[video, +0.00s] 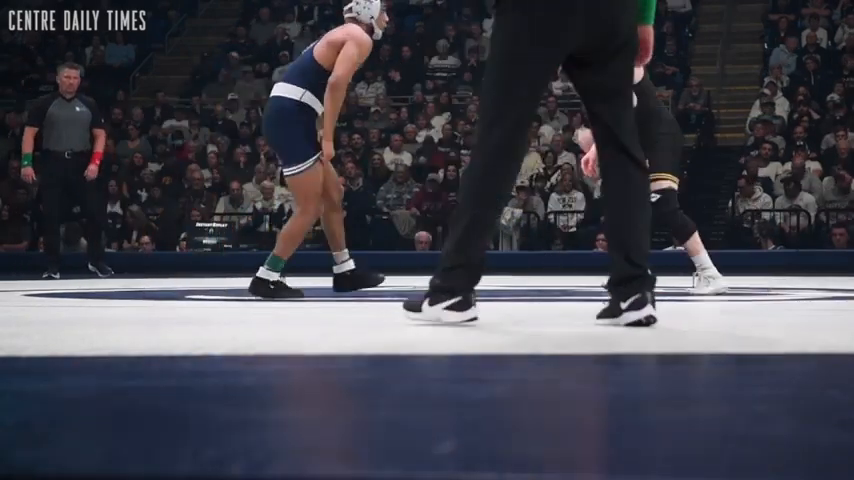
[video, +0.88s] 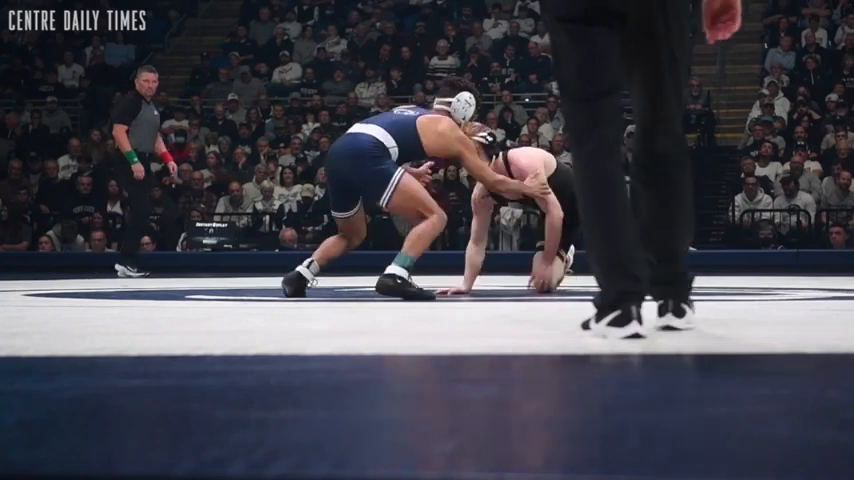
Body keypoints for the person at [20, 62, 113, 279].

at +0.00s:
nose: (71, 82)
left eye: (75, 78)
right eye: (67, 78)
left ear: (80, 81)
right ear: (58, 79)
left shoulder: (89, 105)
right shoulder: (44, 104)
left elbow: (100, 135)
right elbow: (29, 132)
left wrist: (95, 162)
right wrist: (26, 163)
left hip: (82, 164)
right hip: (52, 164)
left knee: (94, 212)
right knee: (51, 214)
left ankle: (95, 260)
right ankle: (52, 265)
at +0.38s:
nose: (98, 84)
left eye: (101, 80)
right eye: (93, 80)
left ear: (104, 83)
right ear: (83, 81)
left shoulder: (108, 109)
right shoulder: (71, 104)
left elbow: (115, 136)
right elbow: (54, 131)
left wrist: (116, 162)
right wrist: (58, 162)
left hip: (101, 167)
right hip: (75, 166)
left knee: (115, 210)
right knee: (65, 213)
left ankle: (124, 263)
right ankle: (54, 265)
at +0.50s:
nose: (115, 86)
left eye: (118, 82)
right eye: (111, 82)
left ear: (122, 85)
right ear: (101, 83)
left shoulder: (122, 109)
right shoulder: (91, 104)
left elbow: (126, 138)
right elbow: (75, 132)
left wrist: (129, 163)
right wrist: (80, 162)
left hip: (115, 167)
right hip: (93, 166)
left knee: (125, 213)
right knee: (74, 214)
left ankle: (126, 264)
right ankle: (55, 264)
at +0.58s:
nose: (124, 86)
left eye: (128, 83)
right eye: (120, 82)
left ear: (132, 86)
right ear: (111, 84)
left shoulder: (130, 109)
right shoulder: (102, 103)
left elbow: (134, 137)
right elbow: (87, 132)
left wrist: (138, 163)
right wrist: (95, 162)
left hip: (125, 166)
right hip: (105, 164)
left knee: (132, 214)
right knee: (89, 214)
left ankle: (127, 263)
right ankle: (59, 261)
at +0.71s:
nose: (137, 86)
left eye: (140, 83)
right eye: (132, 82)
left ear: (144, 86)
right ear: (123, 83)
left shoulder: (140, 109)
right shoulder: (114, 103)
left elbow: (143, 138)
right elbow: (103, 133)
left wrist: (151, 162)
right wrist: (116, 161)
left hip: (134, 164)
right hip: (113, 163)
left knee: (135, 213)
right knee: (108, 211)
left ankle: (129, 264)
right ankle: (78, 253)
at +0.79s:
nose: (143, 85)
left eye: (147, 82)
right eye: (139, 81)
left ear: (150, 84)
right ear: (129, 83)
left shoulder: (145, 107)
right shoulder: (122, 101)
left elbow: (149, 137)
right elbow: (112, 132)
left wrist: (161, 162)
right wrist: (127, 161)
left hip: (139, 162)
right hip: (122, 161)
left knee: (138, 212)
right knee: (129, 209)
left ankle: (129, 263)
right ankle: (100, 254)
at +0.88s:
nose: (151, 86)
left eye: (154, 82)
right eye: (146, 81)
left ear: (157, 85)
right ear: (137, 82)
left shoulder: (152, 107)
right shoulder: (130, 101)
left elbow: (155, 137)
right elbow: (118, 131)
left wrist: (169, 160)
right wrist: (133, 160)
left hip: (143, 161)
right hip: (128, 160)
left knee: (140, 210)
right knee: (138, 209)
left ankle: (129, 260)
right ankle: (126, 260)